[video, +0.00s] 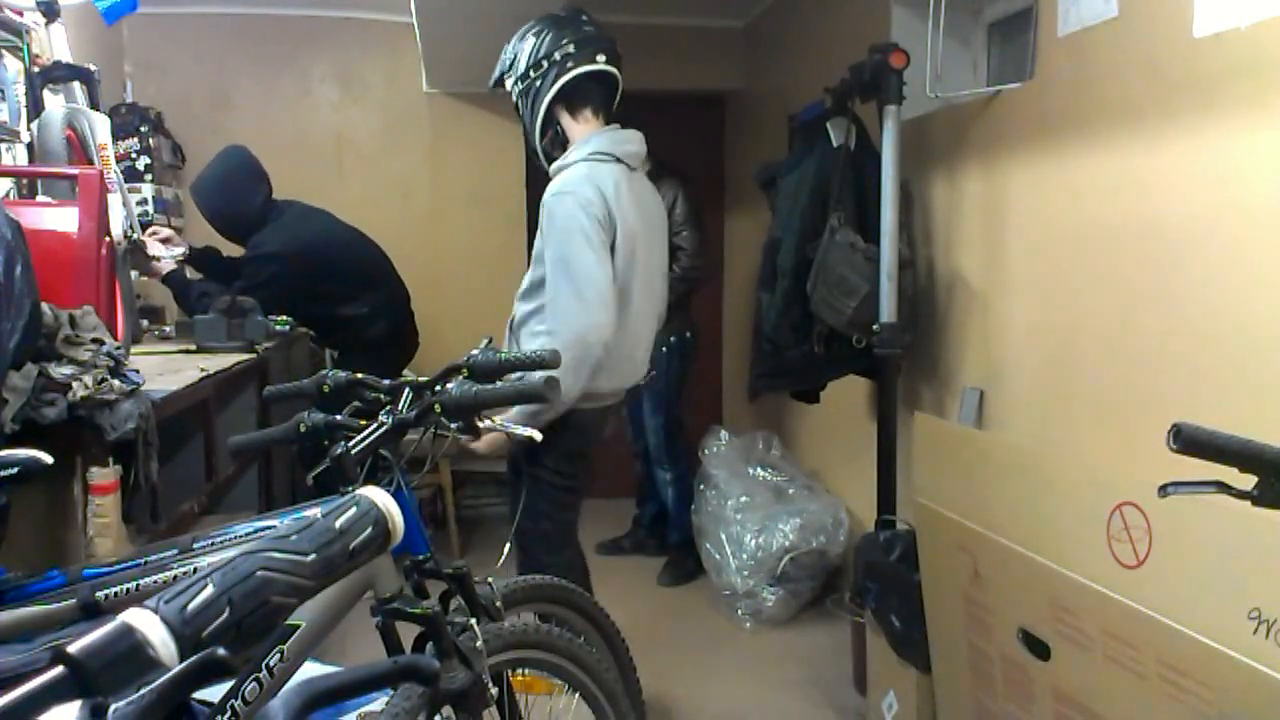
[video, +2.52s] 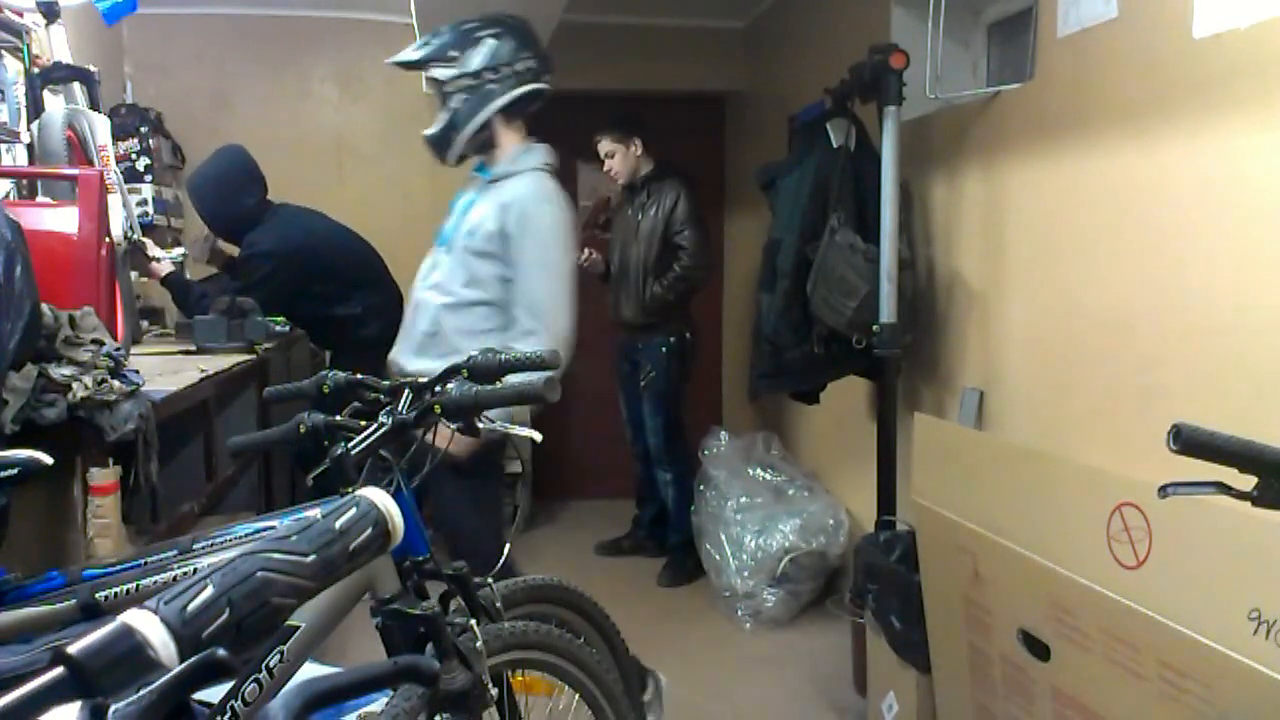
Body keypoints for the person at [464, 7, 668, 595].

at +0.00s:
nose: (521, 117)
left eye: (524, 101)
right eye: (519, 101)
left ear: (548, 98)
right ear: (606, 95)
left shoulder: (573, 191)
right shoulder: (643, 189)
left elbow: (578, 327)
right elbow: (649, 306)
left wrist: (512, 424)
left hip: (566, 408)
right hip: (601, 401)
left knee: (543, 547)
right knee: (553, 540)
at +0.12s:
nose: (516, 123)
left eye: (519, 107)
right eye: (515, 106)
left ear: (545, 103)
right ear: (594, 103)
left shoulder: (583, 195)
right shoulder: (621, 188)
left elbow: (550, 332)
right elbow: (605, 314)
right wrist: (527, 327)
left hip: (572, 416)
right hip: (598, 409)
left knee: (535, 564)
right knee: (544, 557)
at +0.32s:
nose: (514, 141)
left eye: (518, 123)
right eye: (513, 123)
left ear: (548, 118)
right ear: (568, 116)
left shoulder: (592, 207)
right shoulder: (592, 200)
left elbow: (549, 334)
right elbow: (559, 322)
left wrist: (485, 349)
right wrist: (500, 335)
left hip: (570, 416)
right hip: (565, 412)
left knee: (540, 563)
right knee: (533, 558)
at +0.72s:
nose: (509, 142)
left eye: (520, 129)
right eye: (507, 129)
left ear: (560, 127)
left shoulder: (610, 206)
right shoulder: (526, 206)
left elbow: (618, 322)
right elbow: (487, 307)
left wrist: (572, 380)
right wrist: (429, 342)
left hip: (576, 397)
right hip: (515, 393)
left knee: (567, 544)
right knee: (511, 537)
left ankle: (614, 683)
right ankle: (566, 642)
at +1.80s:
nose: (558, 119)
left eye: (570, 102)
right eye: (557, 103)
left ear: (616, 107)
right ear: (610, 113)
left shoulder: (671, 211)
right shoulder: (574, 204)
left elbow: (690, 335)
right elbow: (533, 309)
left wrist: (633, 388)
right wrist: (454, 334)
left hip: (617, 427)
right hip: (548, 416)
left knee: (590, 591)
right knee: (482, 563)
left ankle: (652, 706)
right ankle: (471, 691)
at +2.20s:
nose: (518, 118)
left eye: (530, 101)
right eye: (519, 101)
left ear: (572, 105)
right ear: (570, 109)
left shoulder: (628, 211)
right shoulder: (543, 201)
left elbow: (629, 349)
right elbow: (508, 306)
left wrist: (528, 394)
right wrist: (426, 335)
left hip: (571, 434)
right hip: (502, 416)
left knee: (556, 598)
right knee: (417, 535)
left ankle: (642, 699)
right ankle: (453, 670)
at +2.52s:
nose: (440, 108)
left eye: (448, 91)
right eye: (440, 92)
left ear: (487, 91)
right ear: (491, 93)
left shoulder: (534, 195)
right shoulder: (485, 188)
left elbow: (545, 338)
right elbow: (461, 307)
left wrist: (476, 421)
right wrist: (413, 394)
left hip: (464, 424)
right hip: (426, 413)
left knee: (480, 583)